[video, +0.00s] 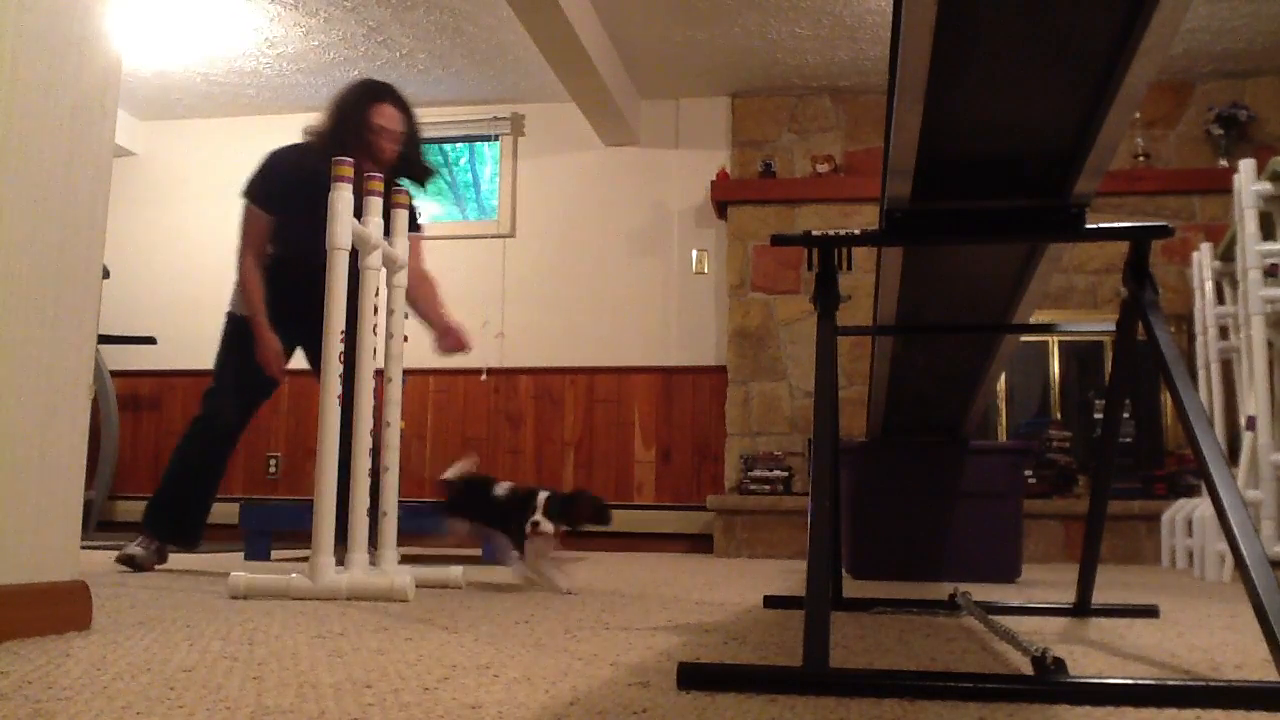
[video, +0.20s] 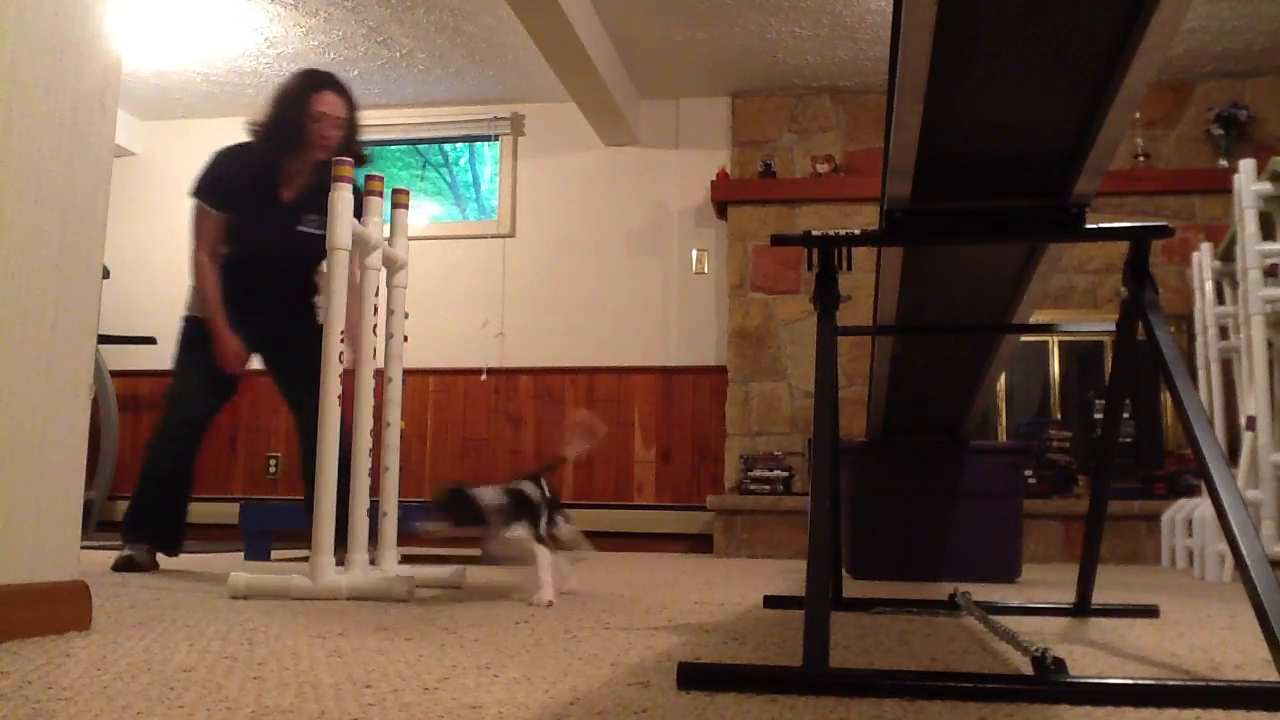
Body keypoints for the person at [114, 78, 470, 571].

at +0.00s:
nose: (388, 145)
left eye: (397, 136)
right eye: (379, 132)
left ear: (405, 139)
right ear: (351, 127)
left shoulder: (392, 191)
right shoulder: (291, 166)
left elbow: (413, 271)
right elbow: (251, 254)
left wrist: (440, 321)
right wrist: (261, 332)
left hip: (342, 311)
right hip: (274, 303)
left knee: (362, 422)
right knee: (222, 417)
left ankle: (358, 544)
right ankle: (157, 534)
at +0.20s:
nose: (330, 130)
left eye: (339, 122)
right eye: (320, 118)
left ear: (347, 130)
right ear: (294, 117)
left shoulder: (339, 185)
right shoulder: (236, 167)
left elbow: (351, 269)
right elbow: (204, 254)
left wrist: (353, 342)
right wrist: (220, 331)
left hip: (293, 310)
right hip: (228, 304)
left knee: (325, 422)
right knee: (185, 417)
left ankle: (338, 545)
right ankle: (142, 541)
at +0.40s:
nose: (308, 132)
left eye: (320, 127)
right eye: (299, 118)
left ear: (327, 137)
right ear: (272, 114)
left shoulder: (315, 190)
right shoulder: (215, 161)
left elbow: (308, 282)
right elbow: (172, 239)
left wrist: (306, 361)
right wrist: (173, 314)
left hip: (270, 319)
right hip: (206, 310)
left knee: (302, 420)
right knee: (166, 412)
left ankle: (311, 541)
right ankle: (139, 542)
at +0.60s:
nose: (333, 150)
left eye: (344, 143)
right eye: (324, 134)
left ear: (351, 151)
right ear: (296, 127)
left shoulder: (331, 200)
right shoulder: (234, 167)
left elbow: (330, 288)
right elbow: (180, 241)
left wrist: (331, 354)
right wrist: (167, 317)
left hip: (275, 321)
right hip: (208, 314)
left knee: (306, 423)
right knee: (168, 419)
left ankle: (319, 542)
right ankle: (139, 542)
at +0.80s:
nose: (392, 174)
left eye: (404, 168)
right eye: (385, 159)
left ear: (411, 174)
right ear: (355, 148)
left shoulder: (386, 216)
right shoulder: (295, 181)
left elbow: (397, 297)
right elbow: (233, 256)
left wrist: (414, 365)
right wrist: (212, 330)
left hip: (314, 329)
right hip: (250, 320)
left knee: (352, 425)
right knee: (195, 424)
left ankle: (346, 546)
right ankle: (139, 541)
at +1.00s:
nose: (433, 189)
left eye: (443, 180)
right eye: (425, 175)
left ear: (451, 180)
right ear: (395, 165)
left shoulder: (428, 232)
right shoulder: (324, 187)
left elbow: (453, 315)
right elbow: (270, 265)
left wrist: (489, 380)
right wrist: (265, 344)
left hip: (348, 319)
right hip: (285, 304)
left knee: (371, 425)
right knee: (232, 410)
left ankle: (349, 539)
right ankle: (161, 531)